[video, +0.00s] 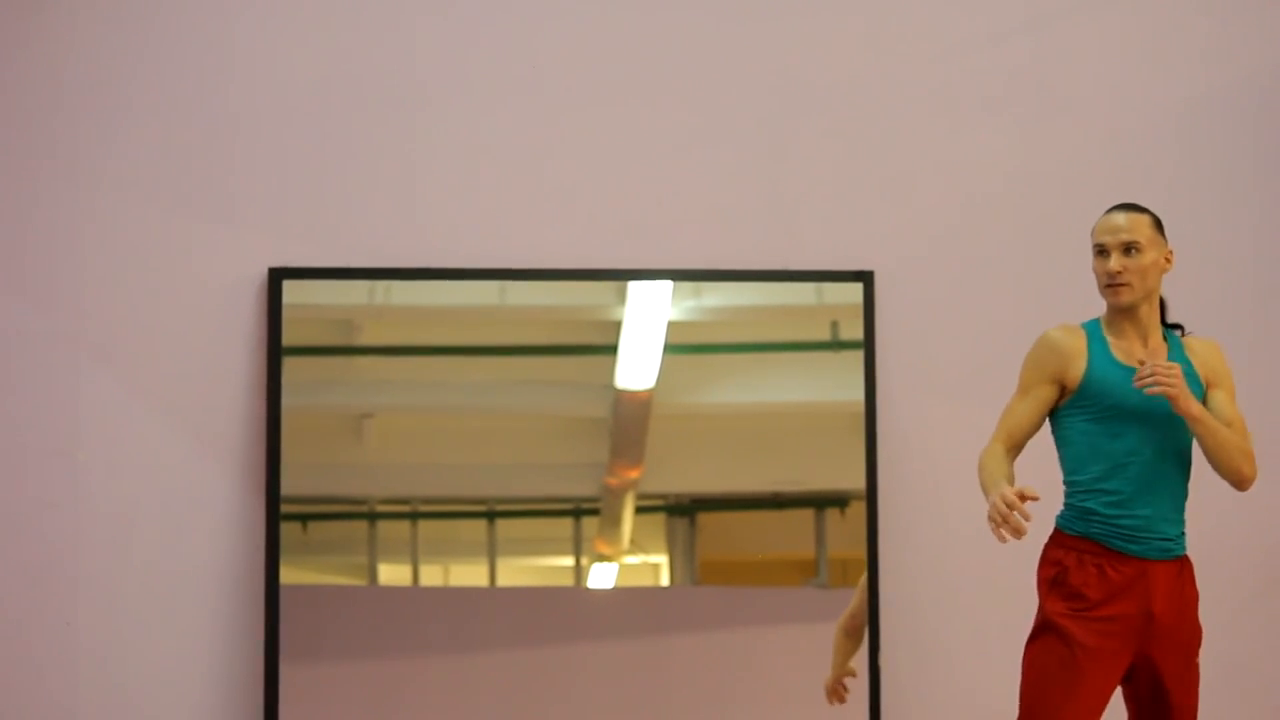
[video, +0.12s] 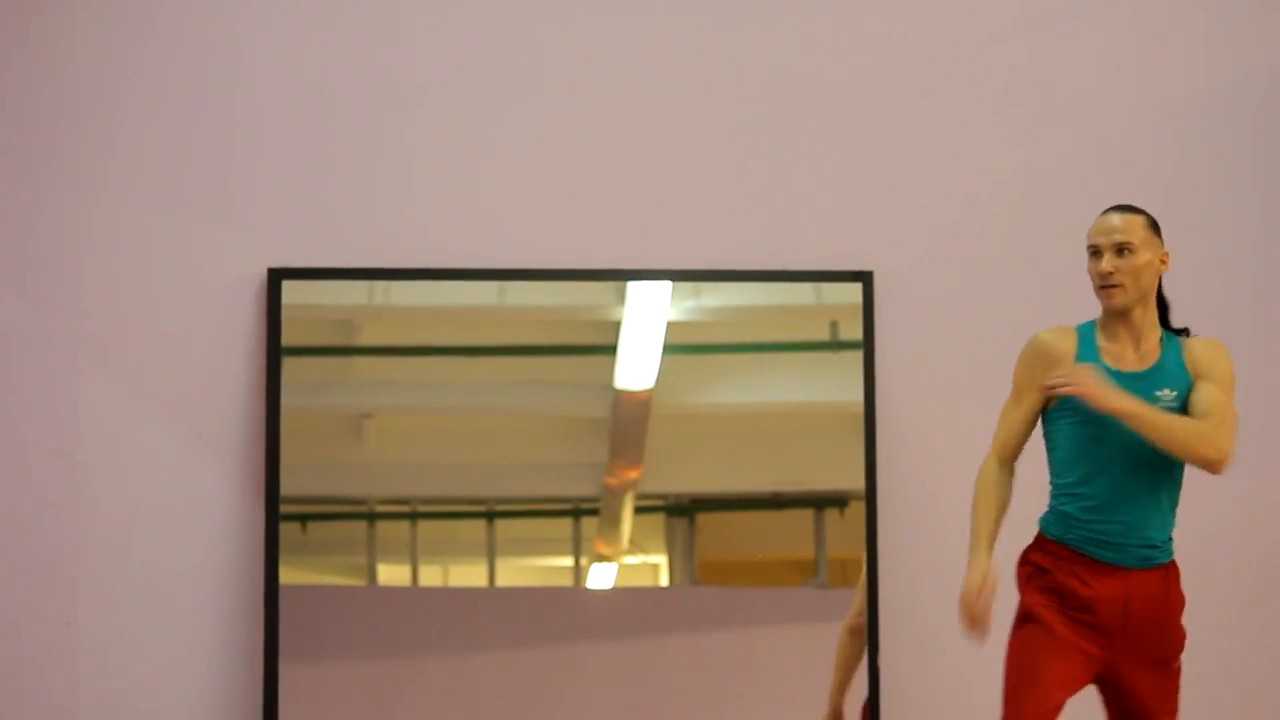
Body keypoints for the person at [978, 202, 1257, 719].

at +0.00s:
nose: (1113, 265)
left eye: (1130, 250)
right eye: (1101, 253)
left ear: (1165, 260)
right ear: (1092, 264)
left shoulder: (1201, 356)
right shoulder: (1063, 348)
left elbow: (1242, 472)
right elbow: (1001, 448)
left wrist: (1189, 407)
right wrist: (999, 492)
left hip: (1167, 584)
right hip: (1082, 578)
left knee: (1173, 712)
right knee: (1050, 712)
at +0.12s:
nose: (1105, 266)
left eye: (1123, 250)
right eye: (1095, 254)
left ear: (1161, 260)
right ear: (1087, 266)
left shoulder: (1203, 357)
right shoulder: (1052, 351)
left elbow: (1214, 449)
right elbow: (1001, 459)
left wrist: (1113, 399)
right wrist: (980, 558)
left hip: (1148, 596)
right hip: (1058, 589)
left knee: (1152, 712)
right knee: (1024, 712)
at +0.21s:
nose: (1090, 273)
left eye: (1108, 257)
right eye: (1082, 260)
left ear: (1149, 268)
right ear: (1074, 272)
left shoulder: (1190, 363)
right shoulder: (1037, 362)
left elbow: (1167, 456)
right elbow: (1009, 486)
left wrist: (1050, 413)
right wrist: (978, 597)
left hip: (1136, 606)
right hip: (1043, 599)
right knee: (1005, 711)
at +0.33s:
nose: (1059, 289)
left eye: (1077, 274)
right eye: (1050, 277)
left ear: (1118, 285)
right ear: (1043, 291)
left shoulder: (1143, 366)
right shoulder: (1030, 386)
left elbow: (1041, 398)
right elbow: (988, 497)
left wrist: (961, 370)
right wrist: (895, 575)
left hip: (1109, 626)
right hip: (1014, 622)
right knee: (970, 711)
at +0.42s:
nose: (1037, 290)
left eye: (1055, 275)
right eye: (1029, 278)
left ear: (1095, 285)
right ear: (1020, 288)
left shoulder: (1113, 366)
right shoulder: (1007, 394)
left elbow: (995, 381)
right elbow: (926, 484)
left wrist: (905, 326)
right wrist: (807, 495)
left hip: (1081, 620)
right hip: (985, 620)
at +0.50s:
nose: (1008, 276)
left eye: (1026, 262)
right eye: (1000, 264)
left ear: (1067, 273)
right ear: (993, 275)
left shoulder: (1093, 362)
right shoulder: (969, 364)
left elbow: (1031, 409)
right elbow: (864, 433)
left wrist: (917, 357)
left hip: (1055, 606)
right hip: (956, 611)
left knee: (1154, 715)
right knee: (928, 712)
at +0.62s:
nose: (915, 261)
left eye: (931, 245)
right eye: (907, 249)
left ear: (973, 254)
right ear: (899, 266)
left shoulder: (1012, 329)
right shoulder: (893, 352)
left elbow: (1115, 383)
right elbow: (775, 373)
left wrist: (1210, 436)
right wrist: (747, 327)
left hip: (1052, 572)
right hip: (968, 591)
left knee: (1086, 701)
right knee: (934, 713)